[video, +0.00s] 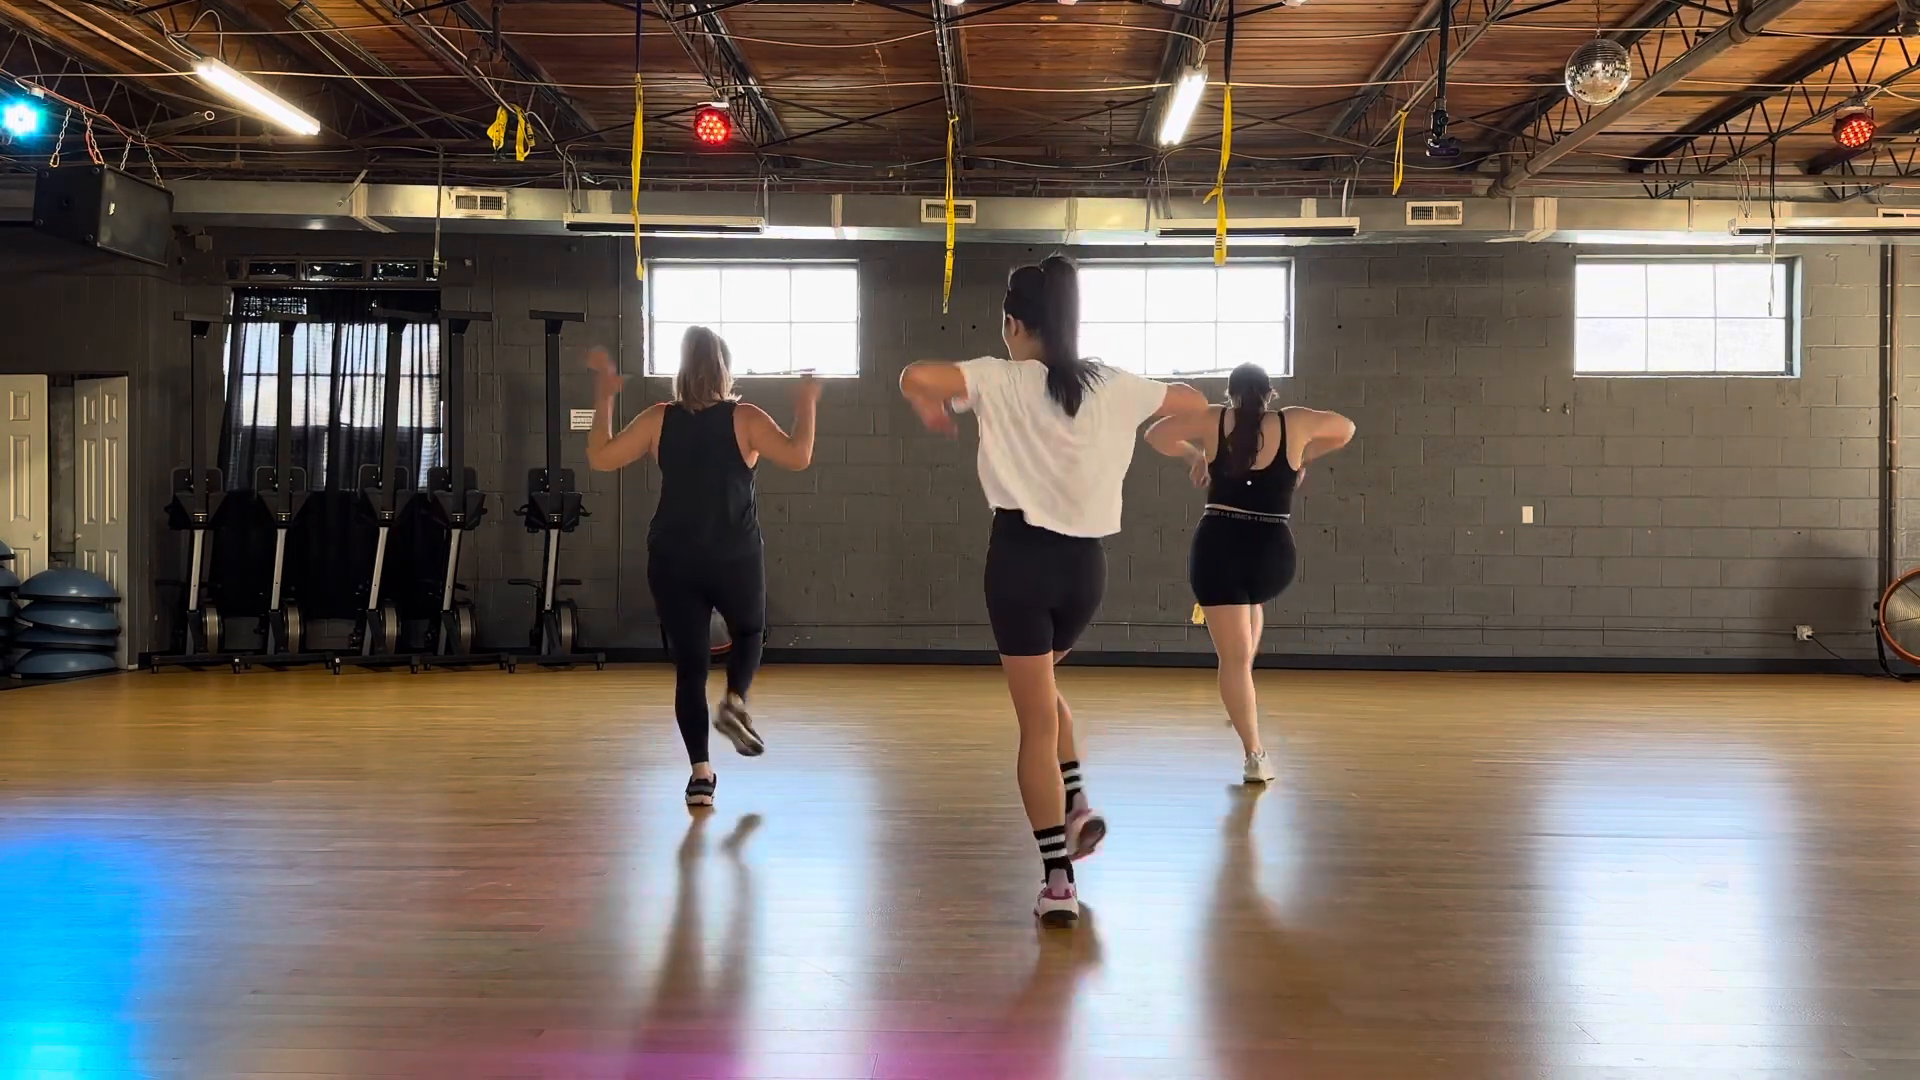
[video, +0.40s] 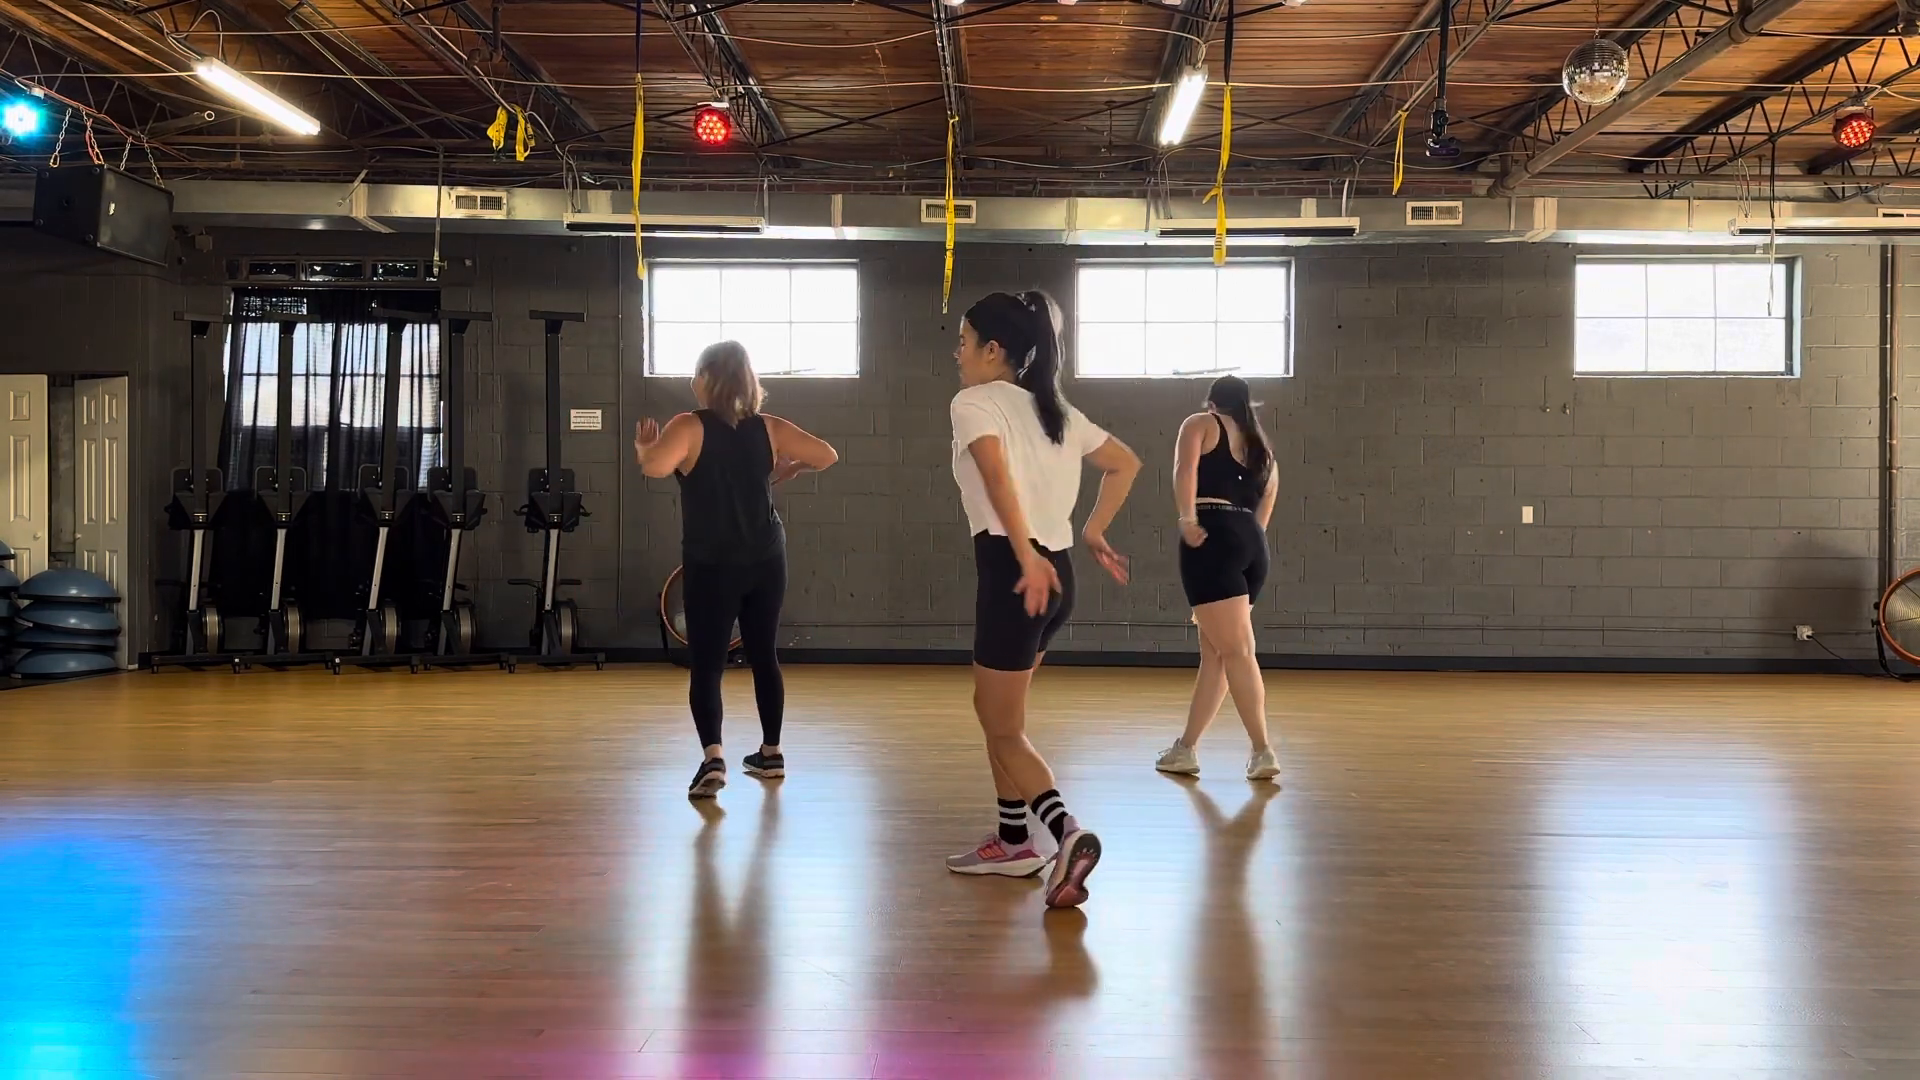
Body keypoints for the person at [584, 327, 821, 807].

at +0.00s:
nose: (723, 369)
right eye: (723, 360)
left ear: (682, 367)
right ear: (725, 367)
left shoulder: (659, 419)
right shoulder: (746, 417)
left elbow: (601, 456)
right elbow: (799, 456)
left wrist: (603, 395)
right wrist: (809, 397)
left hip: (673, 556)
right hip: (733, 555)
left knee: (690, 667)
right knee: (748, 630)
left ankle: (700, 770)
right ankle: (735, 699)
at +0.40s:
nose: (694, 382)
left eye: (697, 375)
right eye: (696, 375)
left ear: (707, 380)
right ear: (748, 381)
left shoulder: (688, 427)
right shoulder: (768, 427)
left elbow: (655, 467)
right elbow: (826, 455)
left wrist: (645, 446)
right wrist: (794, 465)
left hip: (711, 567)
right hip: (767, 563)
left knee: (706, 669)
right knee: (764, 655)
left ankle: (713, 759)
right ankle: (772, 752)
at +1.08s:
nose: (704, 376)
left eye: (715, 368)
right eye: (699, 368)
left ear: (736, 378)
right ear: (691, 378)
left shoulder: (764, 429)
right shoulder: (678, 427)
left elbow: (788, 493)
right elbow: (678, 496)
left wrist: (785, 556)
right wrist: (675, 551)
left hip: (747, 557)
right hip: (693, 557)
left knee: (729, 656)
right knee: (712, 655)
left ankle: (713, 758)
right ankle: (761, 721)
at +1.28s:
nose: (698, 376)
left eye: (707, 368)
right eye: (690, 369)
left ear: (726, 376)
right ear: (680, 379)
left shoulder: (756, 425)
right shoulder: (662, 432)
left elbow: (775, 492)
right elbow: (653, 498)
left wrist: (775, 553)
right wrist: (657, 554)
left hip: (741, 560)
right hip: (681, 559)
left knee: (728, 662)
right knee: (669, 662)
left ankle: (715, 757)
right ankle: (682, 737)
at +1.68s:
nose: (688, 386)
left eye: (697, 378)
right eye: (679, 380)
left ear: (715, 386)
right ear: (670, 392)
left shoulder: (748, 428)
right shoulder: (657, 444)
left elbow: (764, 492)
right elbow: (637, 501)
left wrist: (762, 547)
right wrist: (660, 543)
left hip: (736, 564)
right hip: (675, 566)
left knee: (754, 661)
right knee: (655, 663)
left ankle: (747, 760)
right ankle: (648, 752)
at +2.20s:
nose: (631, 422)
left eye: (644, 413)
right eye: (625, 412)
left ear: (667, 421)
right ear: (618, 417)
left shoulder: (692, 476)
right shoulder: (602, 462)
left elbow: (731, 517)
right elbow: (625, 517)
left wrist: (717, 570)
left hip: (691, 571)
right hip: (633, 567)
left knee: (707, 668)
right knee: (599, 663)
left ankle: (757, 758)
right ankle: (625, 764)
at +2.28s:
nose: (644, 419)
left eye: (656, 410)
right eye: (636, 411)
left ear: (678, 418)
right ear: (628, 418)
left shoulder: (709, 470)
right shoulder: (608, 465)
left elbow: (730, 508)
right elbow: (622, 512)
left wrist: (711, 552)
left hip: (691, 566)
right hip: (628, 564)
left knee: (709, 659)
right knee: (606, 660)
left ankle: (736, 763)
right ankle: (621, 763)